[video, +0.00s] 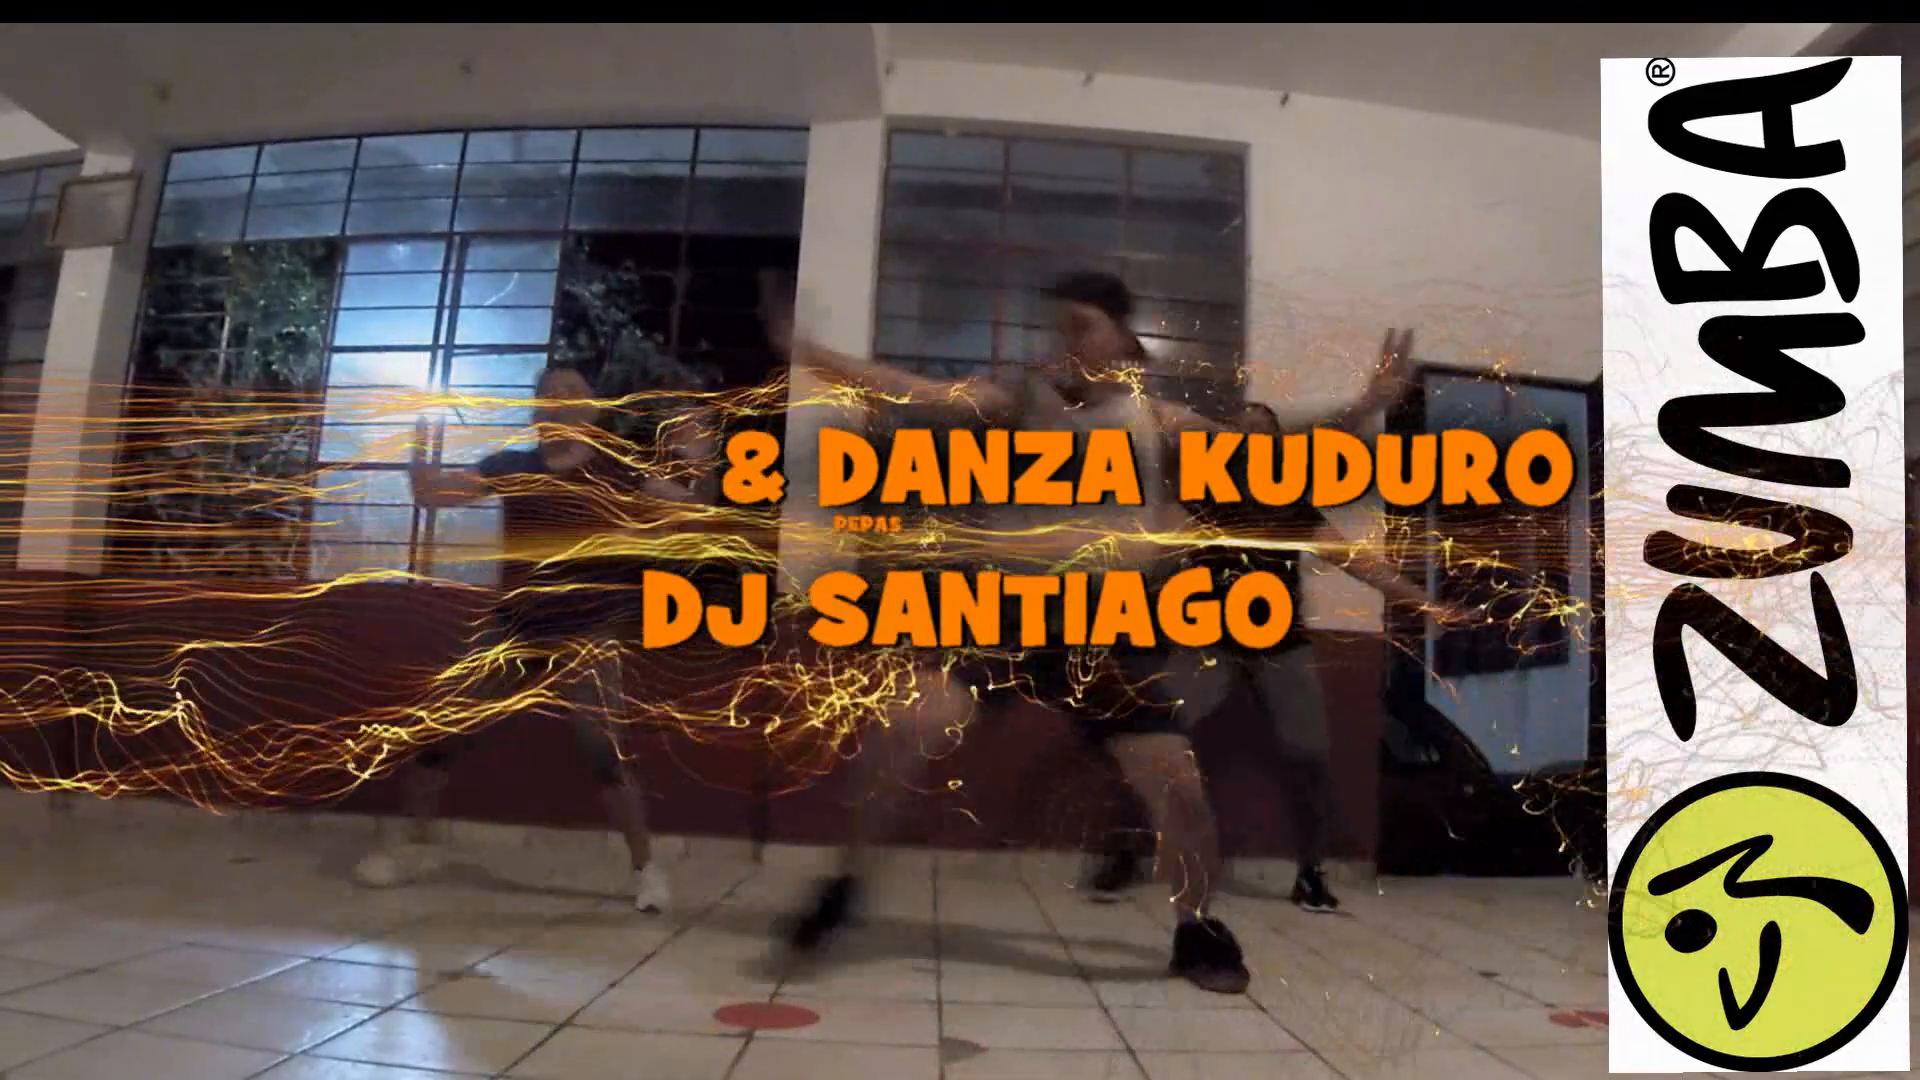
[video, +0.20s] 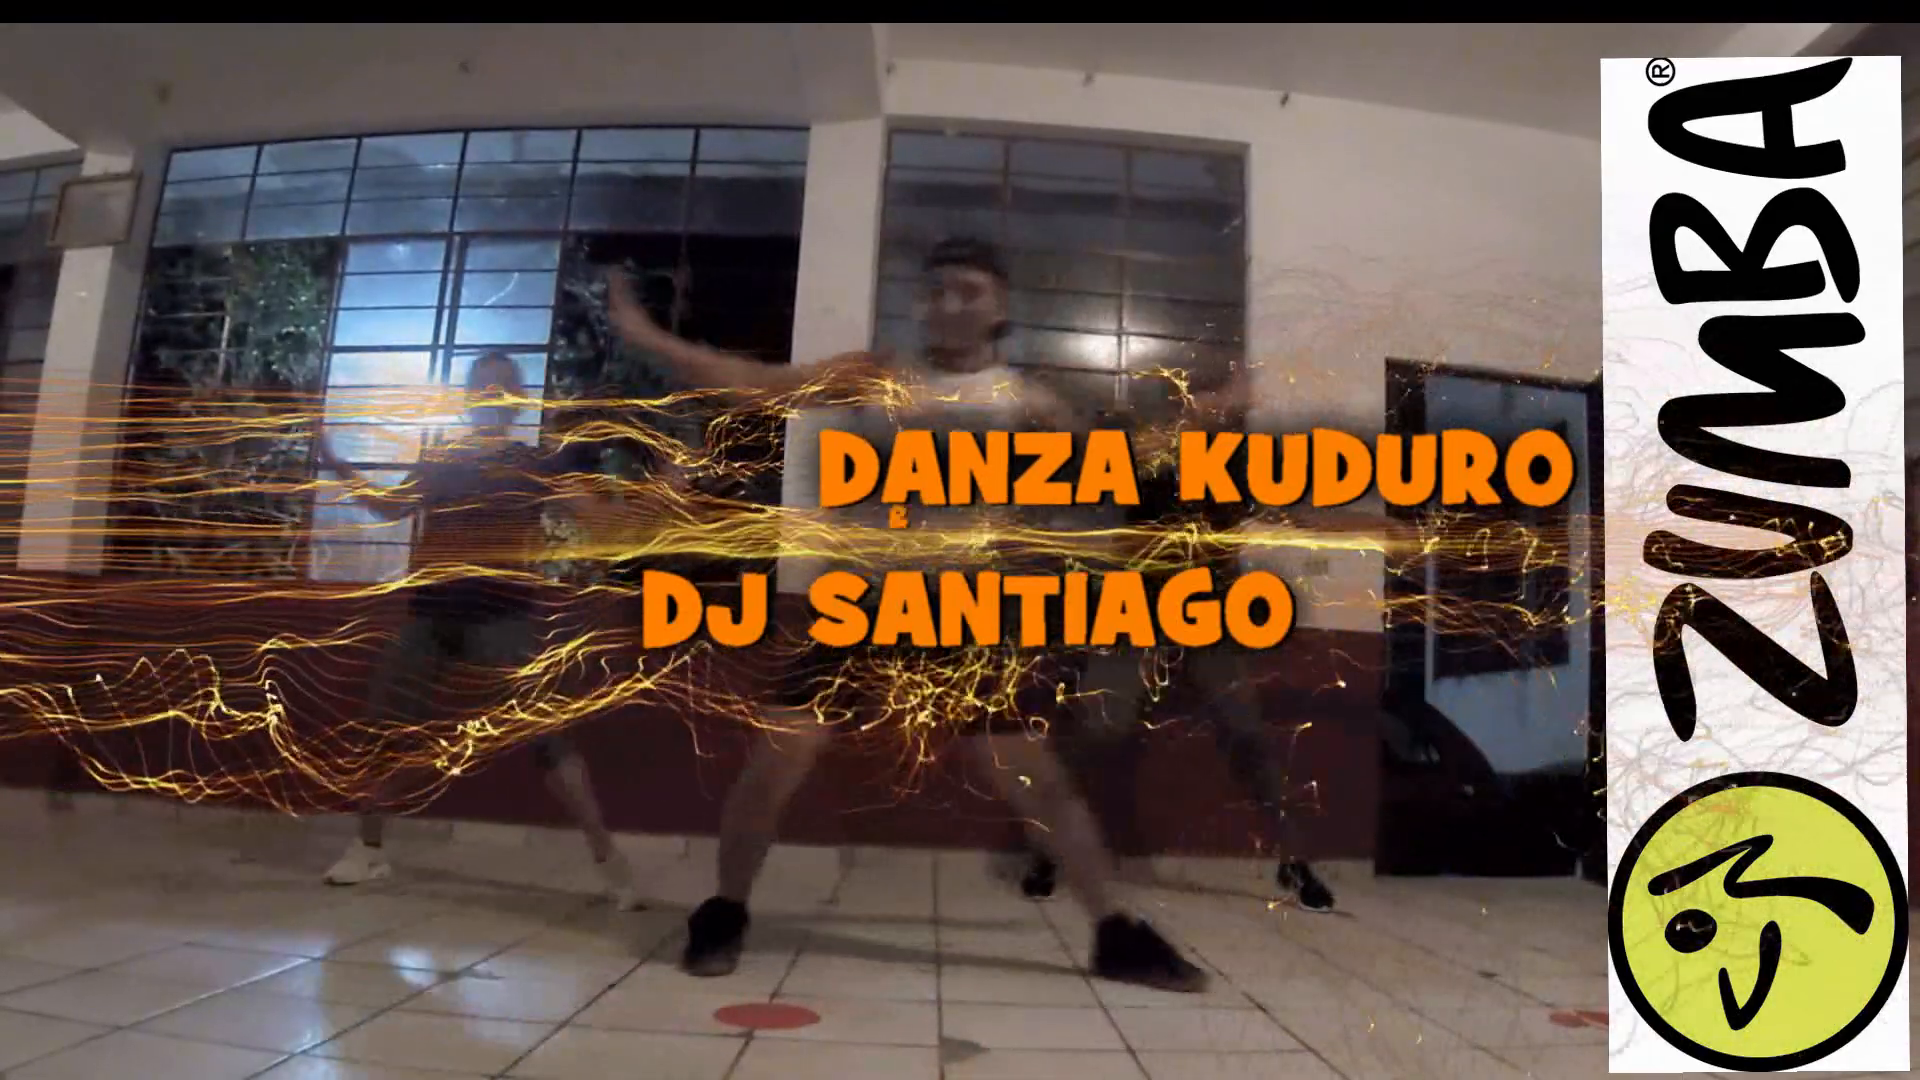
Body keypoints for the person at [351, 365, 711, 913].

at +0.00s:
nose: (559, 418)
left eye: (571, 407)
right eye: (550, 407)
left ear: (594, 414)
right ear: (538, 412)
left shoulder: (622, 473)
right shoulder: (516, 467)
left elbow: (688, 509)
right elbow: (435, 491)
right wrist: (423, 463)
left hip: (592, 630)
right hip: (517, 624)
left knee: (601, 745)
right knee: (442, 726)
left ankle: (646, 866)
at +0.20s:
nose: (489, 401)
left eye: (500, 392)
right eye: (481, 391)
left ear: (517, 400)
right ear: (466, 396)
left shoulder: (532, 462)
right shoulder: (442, 456)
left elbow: (596, 512)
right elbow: (391, 506)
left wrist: (657, 495)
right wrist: (335, 462)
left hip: (505, 609)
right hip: (432, 607)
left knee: (547, 730)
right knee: (388, 714)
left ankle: (607, 858)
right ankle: (369, 848)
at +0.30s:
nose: (471, 402)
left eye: (480, 392)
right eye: (460, 391)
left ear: (492, 400)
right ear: (444, 396)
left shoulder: (504, 465)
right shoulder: (417, 461)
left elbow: (553, 528)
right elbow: (362, 517)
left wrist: (611, 506)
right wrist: (315, 480)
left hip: (473, 609)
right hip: (409, 607)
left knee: (492, 716)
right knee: (369, 716)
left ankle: (537, 831)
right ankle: (367, 844)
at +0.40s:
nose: (455, 398)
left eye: (466, 390)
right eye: (445, 388)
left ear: (479, 400)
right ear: (424, 397)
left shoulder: (494, 464)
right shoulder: (394, 461)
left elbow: (549, 510)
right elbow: (327, 504)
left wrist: (559, 468)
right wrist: (303, 473)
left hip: (463, 605)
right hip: (399, 603)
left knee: (462, 713)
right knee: (372, 716)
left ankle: (475, 832)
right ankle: (364, 844)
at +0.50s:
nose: (449, 383)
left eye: (460, 375)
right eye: (438, 374)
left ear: (475, 389)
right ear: (418, 387)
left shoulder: (489, 444)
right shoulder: (388, 448)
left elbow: (539, 491)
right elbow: (318, 488)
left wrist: (503, 456)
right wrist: (317, 442)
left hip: (460, 596)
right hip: (394, 594)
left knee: (434, 708)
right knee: (374, 707)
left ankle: (431, 839)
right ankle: (365, 844)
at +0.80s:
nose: (455, 423)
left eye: (465, 415)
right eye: (447, 412)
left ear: (478, 426)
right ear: (431, 417)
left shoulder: (492, 479)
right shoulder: (399, 479)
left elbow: (494, 528)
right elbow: (339, 518)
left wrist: (450, 479)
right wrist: (366, 461)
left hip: (467, 622)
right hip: (403, 620)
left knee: (462, 727)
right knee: (356, 725)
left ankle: (476, 828)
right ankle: (368, 850)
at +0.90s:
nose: (478, 413)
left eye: (489, 404)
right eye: (469, 402)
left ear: (502, 410)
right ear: (453, 406)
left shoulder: (514, 465)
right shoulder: (420, 471)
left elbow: (557, 506)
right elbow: (339, 495)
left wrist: (555, 449)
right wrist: (342, 452)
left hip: (492, 619)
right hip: (424, 618)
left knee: (519, 725)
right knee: (381, 729)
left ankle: (568, 831)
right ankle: (368, 845)